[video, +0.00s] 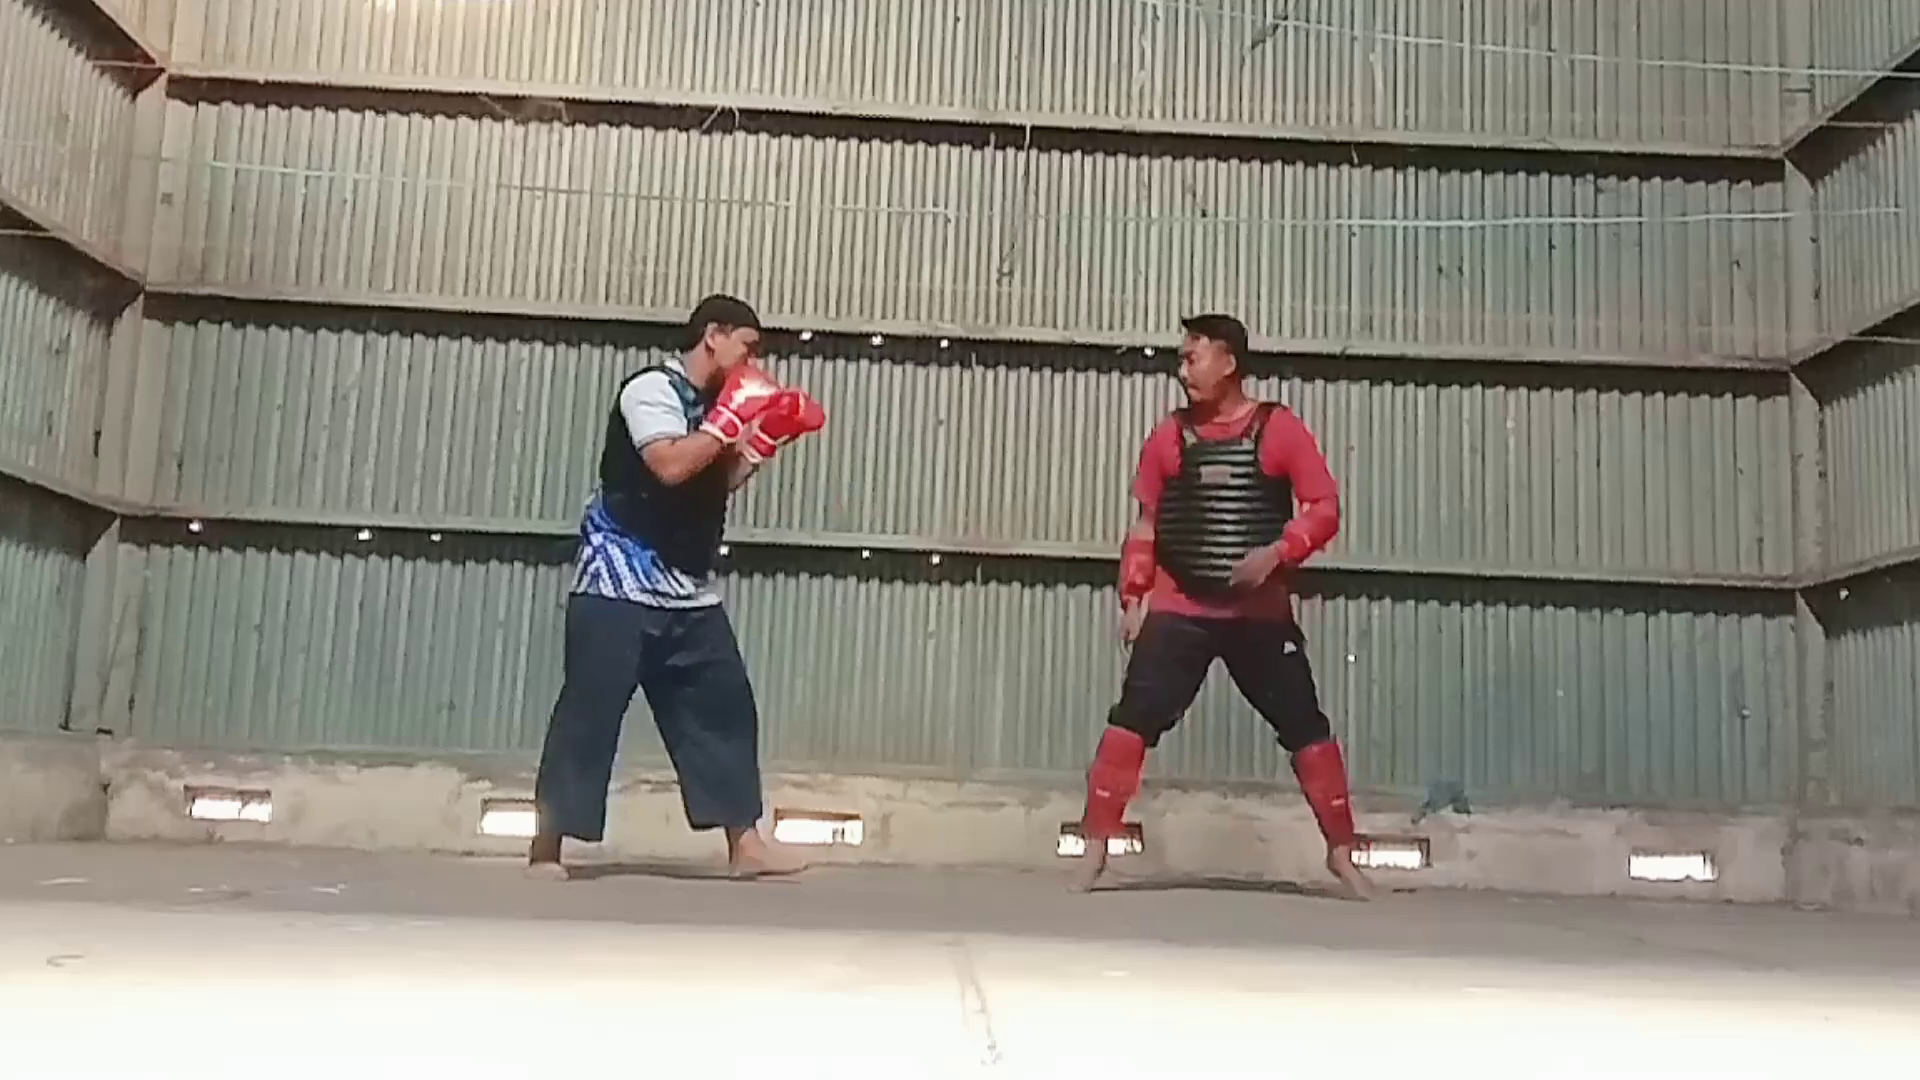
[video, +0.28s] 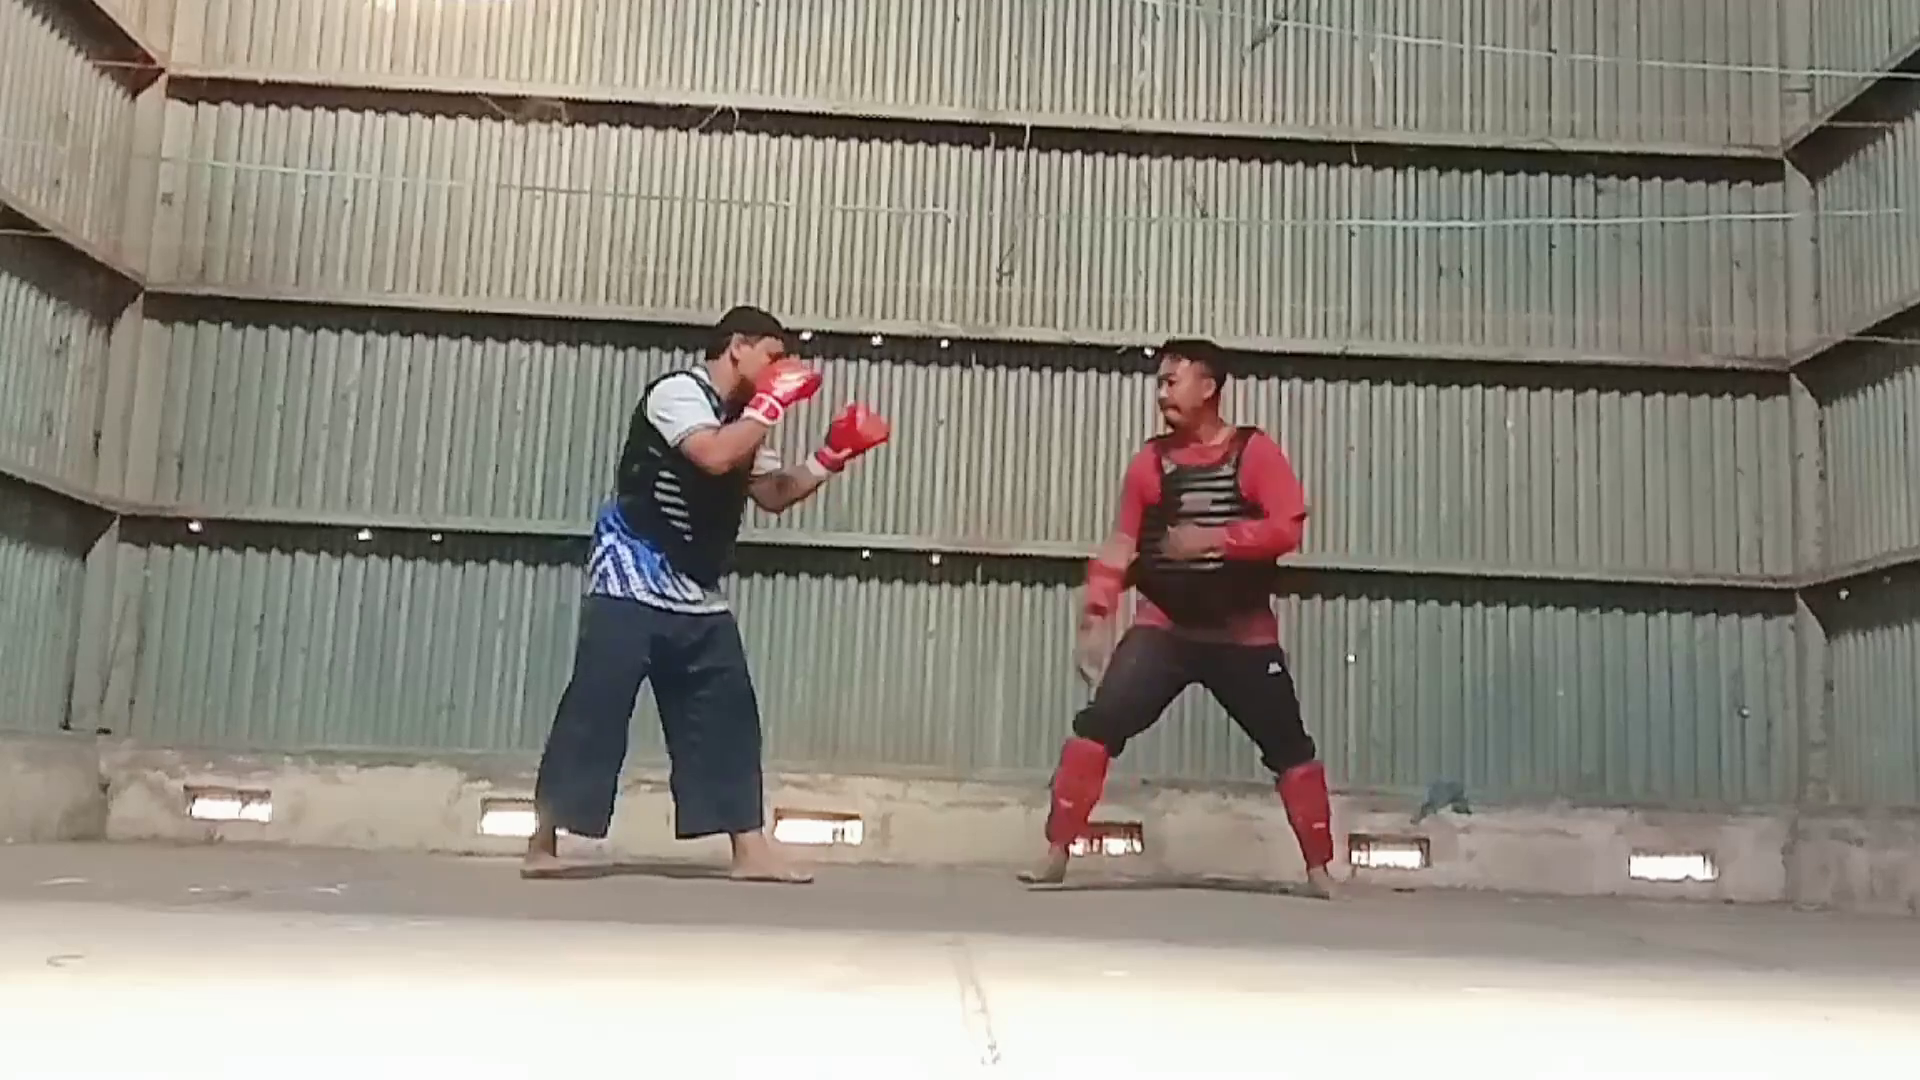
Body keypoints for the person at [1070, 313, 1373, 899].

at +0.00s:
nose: (1185, 368)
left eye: (1196, 358)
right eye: (1184, 358)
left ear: (1231, 363)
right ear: (1192, 365)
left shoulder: (1278, 428)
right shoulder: (1168, 437)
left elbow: (1324, 508)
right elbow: (1146, 519)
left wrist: (1275, 554)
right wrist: (1134, 591)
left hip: (1258, 616)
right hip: (1178, 613)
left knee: (1304, 726)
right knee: (1133, 718)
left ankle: (1342, 851)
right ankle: (1095, 848)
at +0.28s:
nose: (1162, 389)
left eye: (1174, 379)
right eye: (1160, 380)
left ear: (1211, 388)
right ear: (1161, 388)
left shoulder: (1256, 452)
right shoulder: (1148, 464)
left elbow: (1288, 530)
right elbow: (1121, 547)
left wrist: (1214, 536)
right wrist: (1097, 614)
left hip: (1242, 638)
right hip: (1161, 633)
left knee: (1291, 749)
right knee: (1098, 725)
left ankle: (1321, 870)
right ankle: (1056, 853)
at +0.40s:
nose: (1146, 383)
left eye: (1159, 376)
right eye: (1144, 374)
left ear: (1192, 388)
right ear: (1140, 383)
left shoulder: (1218, 457)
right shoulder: (1113, 451)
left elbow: (1237, 532)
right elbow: (1061, 501)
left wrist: (1170, 487)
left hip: (1198, 637)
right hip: (1117, 634)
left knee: (1258, 734)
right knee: (1077, 733)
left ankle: (1315, 855)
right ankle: (1079, 862)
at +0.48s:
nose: (1133, 373)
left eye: (1148, 368)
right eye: (1133, 363)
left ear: (1177, 387)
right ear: (1127, 369)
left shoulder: (1184, 460)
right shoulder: (1085, 410)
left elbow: (1203, 550)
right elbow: (1009, 406)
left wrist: (1169, 564)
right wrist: (966, 406)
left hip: (1131, 613)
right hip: (1058, 604)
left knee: (1200, 719)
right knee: (1057, 726)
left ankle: (1209, 848)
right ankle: (1075, 862)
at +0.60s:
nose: (1118, 370)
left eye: (1135, 366)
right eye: (1120, 357)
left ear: (1164, 385)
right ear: (1115, 355)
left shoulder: (1157, 455)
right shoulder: (1074, 389)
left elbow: (1145, 546)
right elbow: (979, 396)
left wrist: (1111, 563)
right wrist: (903, 416)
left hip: (1060, 573)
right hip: (1000, 548)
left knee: (1093, 698)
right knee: (996, 661)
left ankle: (1029, 798)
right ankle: (972, 777)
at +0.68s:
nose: (1079, 393)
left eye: (1095, 387)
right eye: (1082, 381)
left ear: (1129, 405)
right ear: (1078, 383)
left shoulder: (1132, 483)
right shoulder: (1040, 420)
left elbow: (1168, 563)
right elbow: (953, 437)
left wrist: (1183, 530)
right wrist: (868, 462)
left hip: (994, 606)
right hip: (949, 553)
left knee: (986, 740)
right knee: (877, 574)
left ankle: (925, 850)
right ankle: (785, 561)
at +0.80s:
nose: (1069, 437)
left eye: (1086, 435)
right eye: (1069, 425)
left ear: (1112, 451)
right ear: (1062, 424)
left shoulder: (1106, 524)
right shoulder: (1017, 450)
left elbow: (1190, 552)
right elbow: (924, 470)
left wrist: (1258, 512)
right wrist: (856, 491)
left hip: (941, 626)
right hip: (894, 561)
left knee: (969, 732)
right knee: (778, 549)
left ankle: (919, 859)